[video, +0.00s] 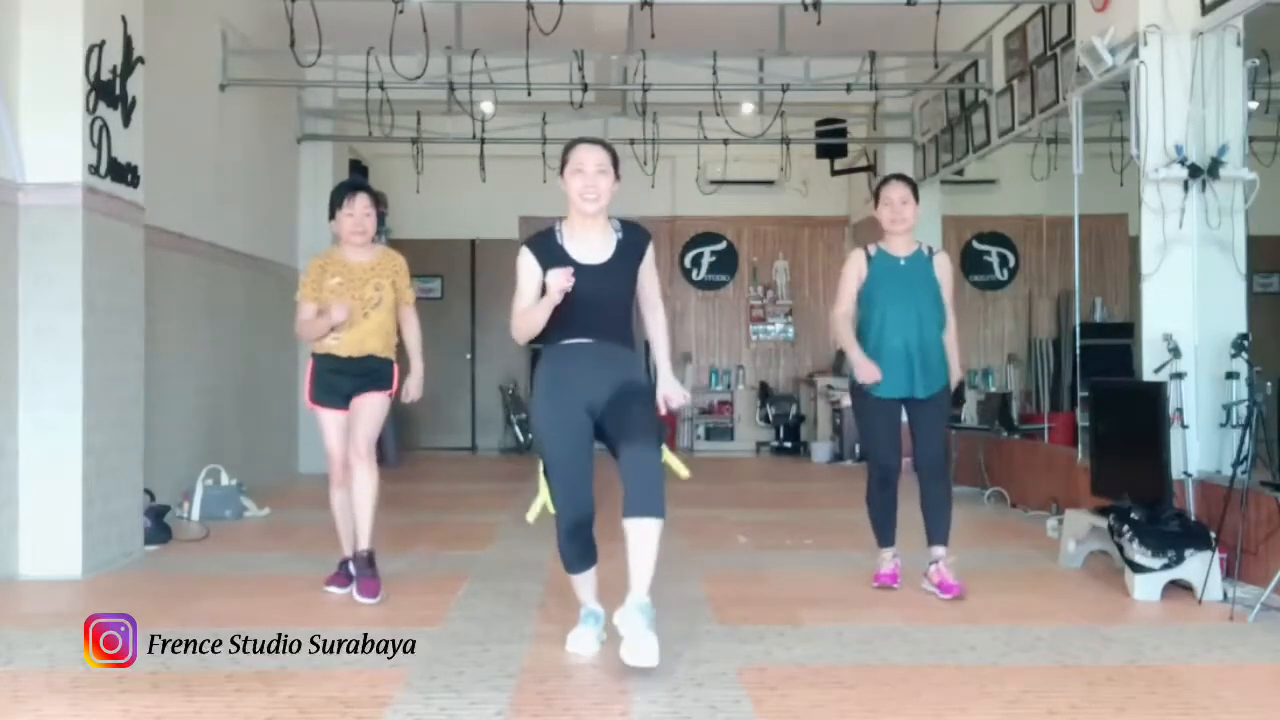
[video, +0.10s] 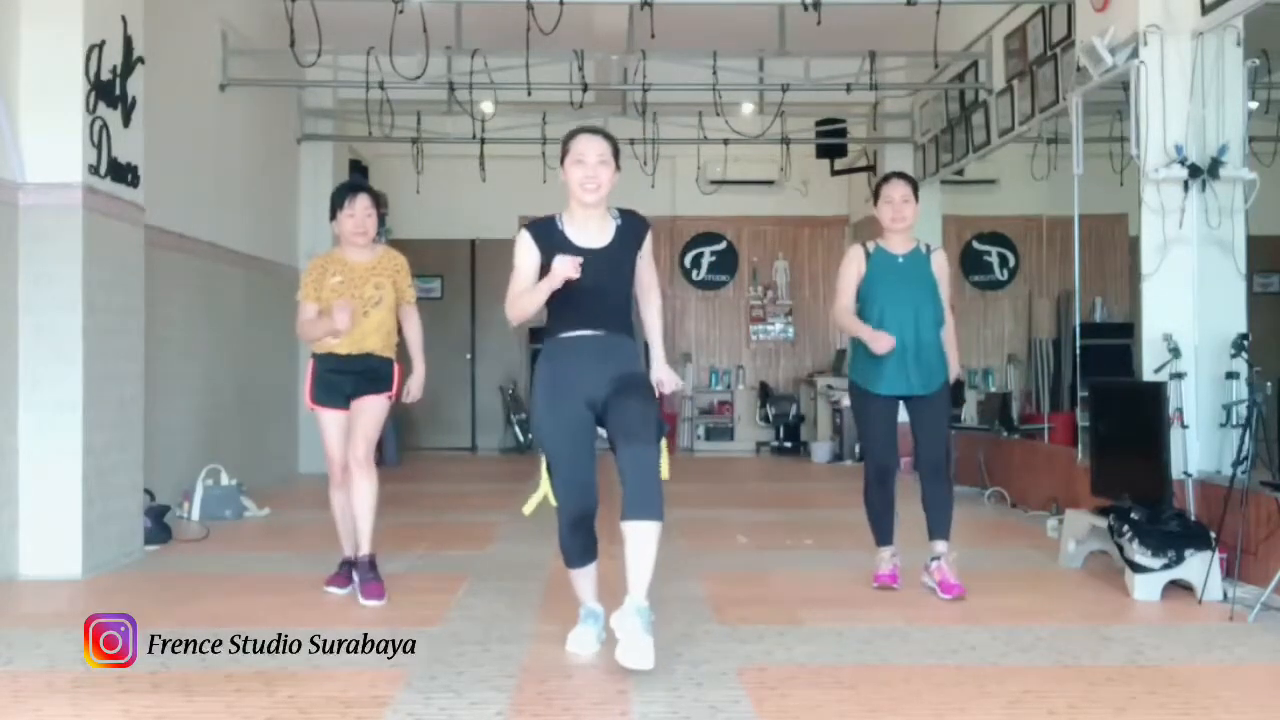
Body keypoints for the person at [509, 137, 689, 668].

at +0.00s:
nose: (589, 181)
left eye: (600, 172)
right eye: (579, 171)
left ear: (615, 182)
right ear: (562, 180)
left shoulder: (636, 242)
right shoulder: (537, 250)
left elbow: (653, 311)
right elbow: (521, 330)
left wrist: (665, 373)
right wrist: (549, 298)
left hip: (625, 374)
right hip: (559, 377)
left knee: (644, 465)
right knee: (573, 509)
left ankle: (638, 605)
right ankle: (590, 612)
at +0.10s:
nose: (591, 172)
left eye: (602, 163)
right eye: (580, 162)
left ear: (616, 172)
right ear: (562, 171)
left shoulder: (635, 231)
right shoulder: (537, 233)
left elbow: (648, 297)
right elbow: (516, 312)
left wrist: (658, 360)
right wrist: (549, 282)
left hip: (626, 367)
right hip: (561, 371)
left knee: (642, 473)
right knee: (575, 502)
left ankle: (636, 608)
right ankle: (590, 613)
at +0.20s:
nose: (591, 167)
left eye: (601, 158)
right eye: (580, 158)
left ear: (615, 168)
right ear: (562, 167)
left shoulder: (634, 223)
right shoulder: (535, 227)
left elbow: (643, 288)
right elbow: (513, 300)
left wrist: (654, 352)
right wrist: (549, 274)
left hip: (628, 360)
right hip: (563, 364)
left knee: (636, 491)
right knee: (575, 497)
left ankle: (637, 626)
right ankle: (589, 612)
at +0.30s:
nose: (589, 168)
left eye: (599, 159)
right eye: (578, 158)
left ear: (614, 169)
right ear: (560, 168)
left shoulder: (636, 230)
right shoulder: (537, 233)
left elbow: (644, 302)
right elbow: (517, 307)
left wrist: (660, 362)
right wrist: (547, 306)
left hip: (627, 368)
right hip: (562, 371)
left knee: (636, 489)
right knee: (573, 500)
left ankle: (638, 625)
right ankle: (589, 613)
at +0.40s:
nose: (589, 179)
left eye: (599, 171)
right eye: (578, 171)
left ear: (615, 182)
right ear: (561, 182)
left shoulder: (640, 244)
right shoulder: (538, 249)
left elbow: (655, 316)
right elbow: (522, 330)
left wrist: (670, 372)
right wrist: (534, 367)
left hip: (626, 385)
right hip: (559, 387)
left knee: (650, 471)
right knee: (570, 507)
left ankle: (645, 606)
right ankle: (591, 614)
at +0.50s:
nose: (590, 175)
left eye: (600, 167)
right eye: (579, 166)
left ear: (615, 178)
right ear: (562, 177)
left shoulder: (640, 237)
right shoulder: (537, 245)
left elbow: (664, 304)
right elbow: (520, 327)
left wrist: (669, 339)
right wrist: (519, 397)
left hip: (624, 380)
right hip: (558, 382)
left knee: (658, 472)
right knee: (570, 504)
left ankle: (646, 584)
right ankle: (590, 612)